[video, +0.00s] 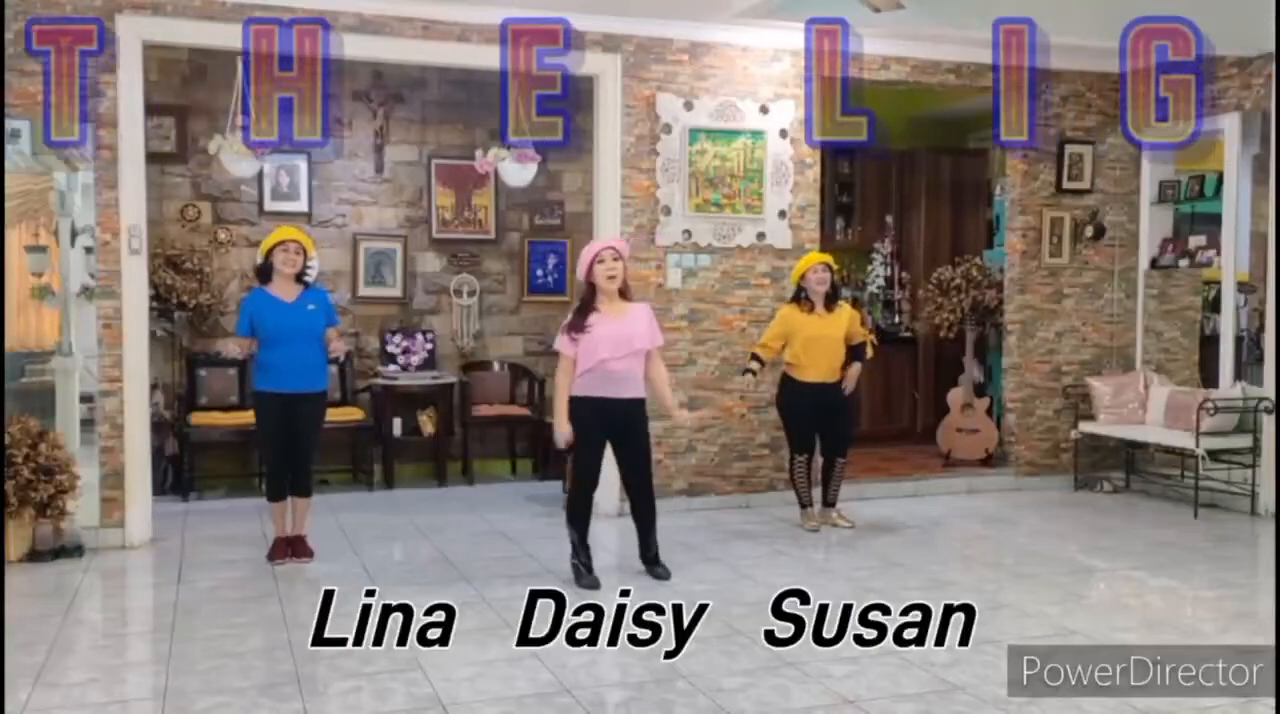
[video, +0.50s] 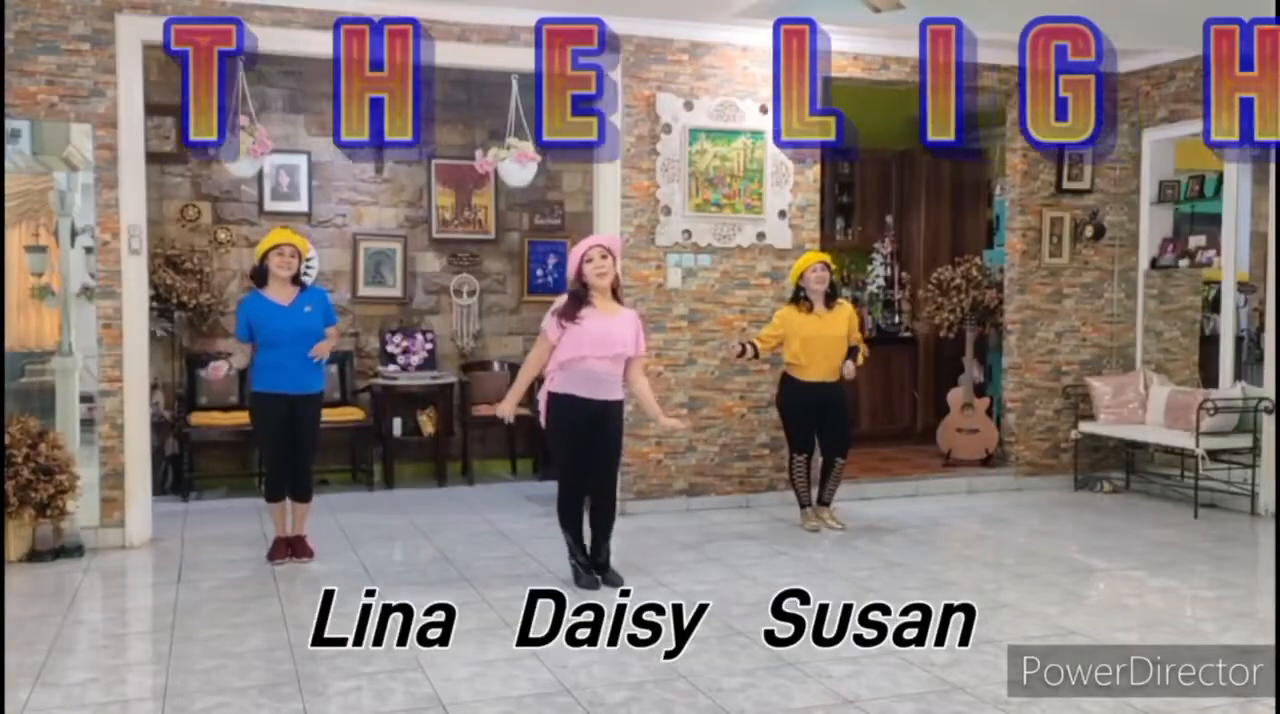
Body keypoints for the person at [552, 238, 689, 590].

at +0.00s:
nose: (610, 268)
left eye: (615, 262)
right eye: (602, 263)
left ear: (625, 270)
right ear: (590, 275)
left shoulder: (642, 313)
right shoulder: (580, 317)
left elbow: (654, 363)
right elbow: (565, 371)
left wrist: (672, 406)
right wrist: (560, 419)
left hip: (631, 408)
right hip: (588, 408)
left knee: (640, 483)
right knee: (583, 483)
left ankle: (650, 554)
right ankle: (580, 556)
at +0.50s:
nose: (599, 264)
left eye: (605, 258)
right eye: (591, 260)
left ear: (616, 266)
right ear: (580, 272)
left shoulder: (629, 319)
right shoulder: (566, 308)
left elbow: (635, 375)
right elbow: (537, 357)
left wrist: (660, 417)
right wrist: (510, 401)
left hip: (608, 406)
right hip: (566, 403)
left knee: (605, 485)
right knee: (572, 482)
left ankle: (601, 559)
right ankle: (578, 559)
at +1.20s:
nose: (608, 264)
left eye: (613, 258)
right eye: (599, 259)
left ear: (620, 266)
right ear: (583, 269)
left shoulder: (639, 305)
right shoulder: (579, 321)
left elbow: (665, 355)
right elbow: (575, 379)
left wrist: (694, 389)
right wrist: (559, 426)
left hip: (645, 405)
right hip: (601, 409)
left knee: (644, 485)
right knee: (594, 485)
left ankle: (645, 560)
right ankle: (582, 557)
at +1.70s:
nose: (621, 271)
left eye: (627, 264)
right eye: (613, 264)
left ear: (634, 272)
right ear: (598, 274)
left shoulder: (651, 307)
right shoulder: (591, 325)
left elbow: (679, 355)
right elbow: (597, 380)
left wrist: (722, 377)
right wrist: (608, 415)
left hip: (667, 404)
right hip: (627, 411)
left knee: (660, 487)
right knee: (631, 487)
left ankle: (647, 559)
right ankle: (626, 559)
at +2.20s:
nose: (621, 262)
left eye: (627, 257)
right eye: (613, 257)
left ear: (637, 266)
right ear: (601, 267)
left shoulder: (648, 313)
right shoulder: (586, 311)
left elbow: (661, 368)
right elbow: (571, 368)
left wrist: (689, 403)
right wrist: (573, 420)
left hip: (643, 406)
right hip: (600, 408)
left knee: (642, 487)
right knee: (599, 485)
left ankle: (644, 559)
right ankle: (589, 557)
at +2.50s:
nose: (614, 267)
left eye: (620, 260)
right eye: (606, 262)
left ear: (631, 269)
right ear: (595, 272)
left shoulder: (639, 319)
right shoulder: (579, 309)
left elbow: (642, 375)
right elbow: (542, 350)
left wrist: (654, 422)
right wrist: (529, 403)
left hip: (622, 410)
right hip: (579, 408)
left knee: (630, 486)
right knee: (582, 486)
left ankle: (635, 559)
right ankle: (586, 561)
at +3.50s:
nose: (627, 263)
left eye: (633, 257)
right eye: (618, 258)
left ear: (642, 265)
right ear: (606, 267)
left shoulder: (661, 304)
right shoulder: (601, 312)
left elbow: (684, 349)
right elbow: (589, 369)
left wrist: (692, 389)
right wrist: (571, 412)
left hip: (657, 403)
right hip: (612, 404)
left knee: (659, 485)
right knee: (603, 483)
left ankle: (662, 561)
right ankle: (591, 557)